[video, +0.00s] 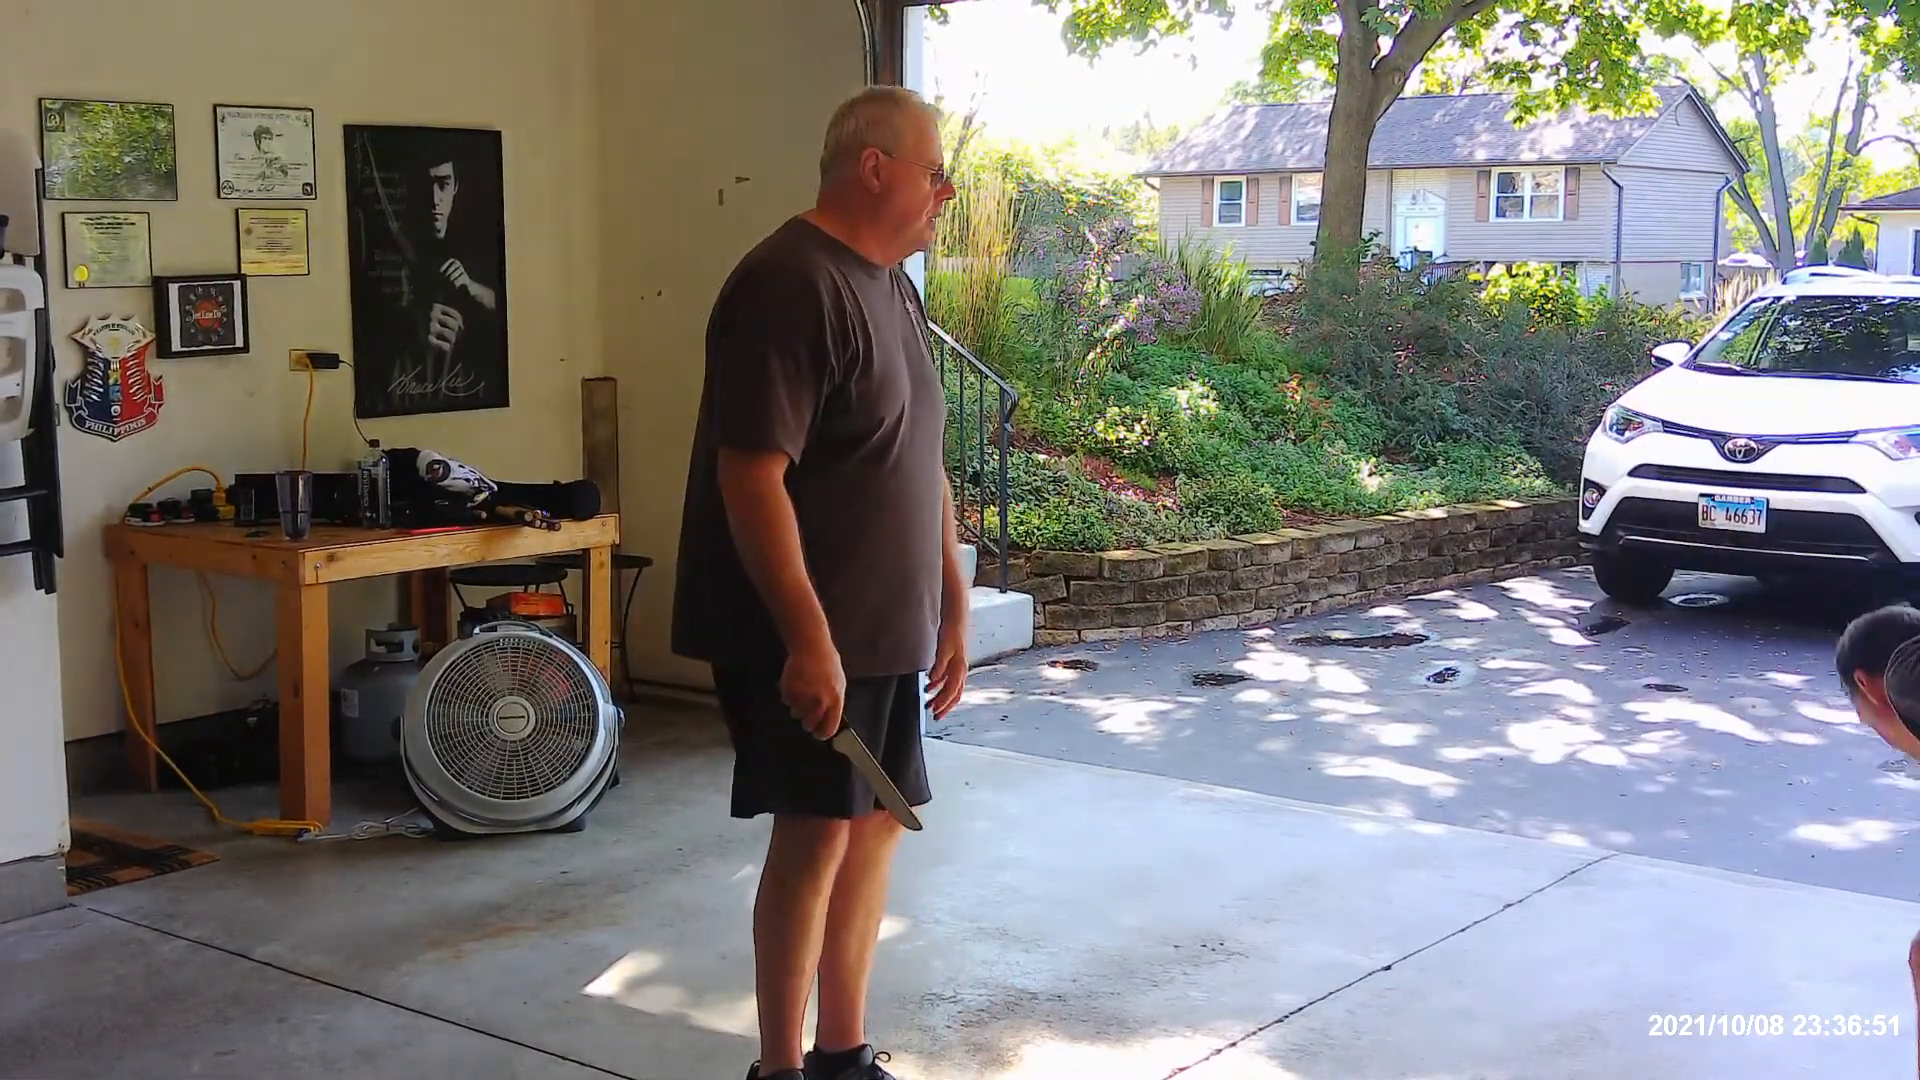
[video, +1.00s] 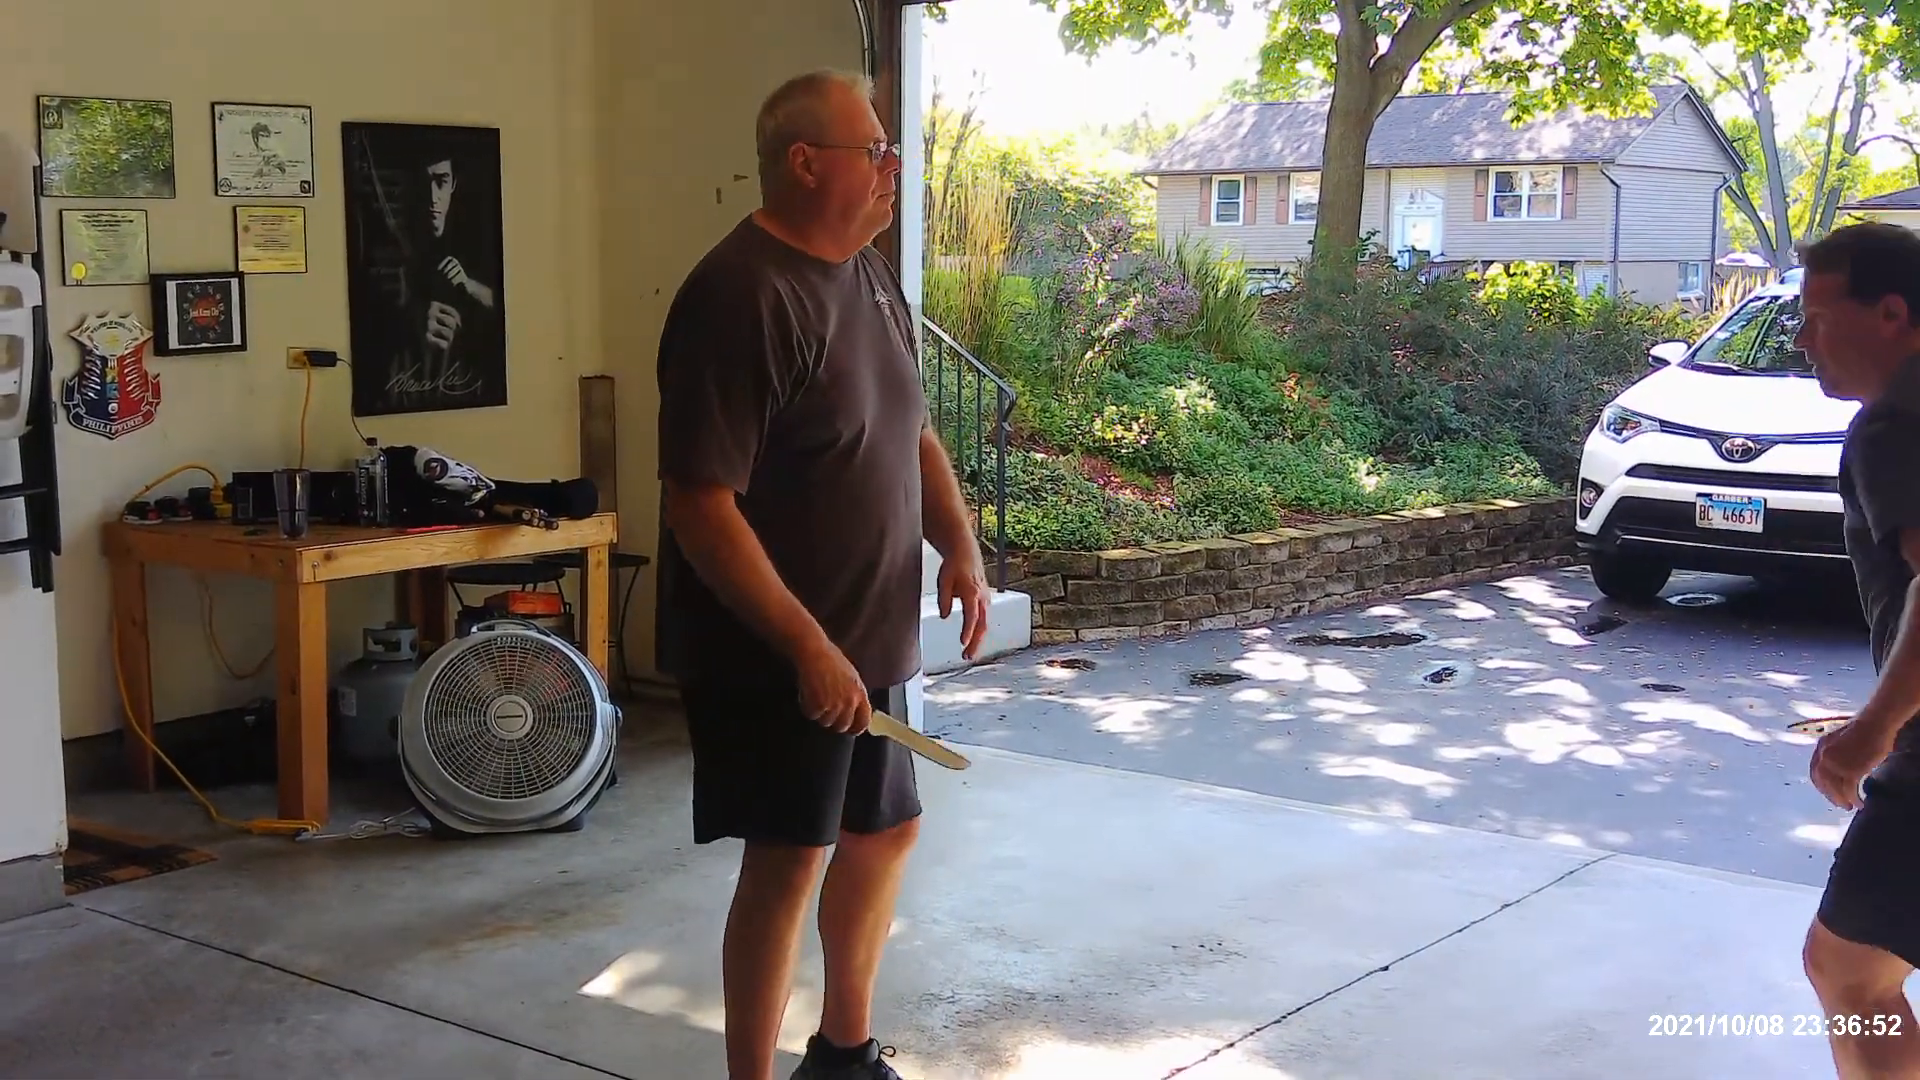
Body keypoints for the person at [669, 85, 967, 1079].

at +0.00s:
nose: (945, 195)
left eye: (945, 176)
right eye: (934, 174)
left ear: (876, 173)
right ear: (875, 170)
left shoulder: (889, 287)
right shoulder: (784, 284)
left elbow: (919, 463)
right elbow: (750, 475)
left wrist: (955, 598)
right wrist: (806, 636)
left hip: (889, 632)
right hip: (804, 639)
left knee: (876, 827)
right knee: (811, 838)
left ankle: (841, 1052)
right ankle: (780, 1065)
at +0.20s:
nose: (963, 199)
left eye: (963, 179)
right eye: (953, 177)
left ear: (893, 177)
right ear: (895, 174)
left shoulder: (902, 288)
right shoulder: (802, 286)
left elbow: (920, 466)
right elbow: (763, 478)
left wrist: (952, 602)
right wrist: (814, 638)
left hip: (892, 631)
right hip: (814, 636)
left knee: (877, 828)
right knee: (831, 835)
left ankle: (840, 1051)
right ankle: (778, 1061)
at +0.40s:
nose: (965, 201)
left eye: (965, 181)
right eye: (954, 180)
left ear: (896, 179)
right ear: (894, 177)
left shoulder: (910, 289)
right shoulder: (802, 287)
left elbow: (933, 464)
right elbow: (763, 484)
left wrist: (968, 599)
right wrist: (817, 641)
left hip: (896, 629)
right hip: (815, 635)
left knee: (878, 828)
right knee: (835, 839)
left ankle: (839, 1054)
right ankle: (761, 1070)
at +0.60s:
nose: (944, 190)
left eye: (942, 170)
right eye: (932, 169)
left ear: (875, 175)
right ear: (867, 172)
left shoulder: (895, 288)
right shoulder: (788, 287)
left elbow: (927, 457)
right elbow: (754, 491)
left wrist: (989, 595)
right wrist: (815, 655)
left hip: (885, 630)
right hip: (800, 640)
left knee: (875, 830)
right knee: (812, 848)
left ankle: (838, 1057)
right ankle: (756, 1074)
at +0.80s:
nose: (909, 176)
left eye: (907, 157)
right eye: (893, 157)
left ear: (836, 168)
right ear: (827, 167)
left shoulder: (869, 276)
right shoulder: (751, 295)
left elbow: (908, 440)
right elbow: (721, 496)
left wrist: (977, 561)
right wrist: (804, 655)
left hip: (869, 629)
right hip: (776, 640)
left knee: (861, 836)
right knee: (793, 851)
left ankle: (832, 1053)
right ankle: (746, 1073)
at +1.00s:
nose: (894, 167)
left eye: (889, 148)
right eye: (876, 150)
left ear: (819, 166)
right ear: (809, 166)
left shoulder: (866, 274)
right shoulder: (733, 295)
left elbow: (909, 429)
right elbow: (698, 505)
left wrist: (959, 544)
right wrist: (810, 646)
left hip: (872, 631)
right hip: (773, 647)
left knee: (883, 826)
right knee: (787, 854)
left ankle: (845, 1050)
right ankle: (750, 1072)